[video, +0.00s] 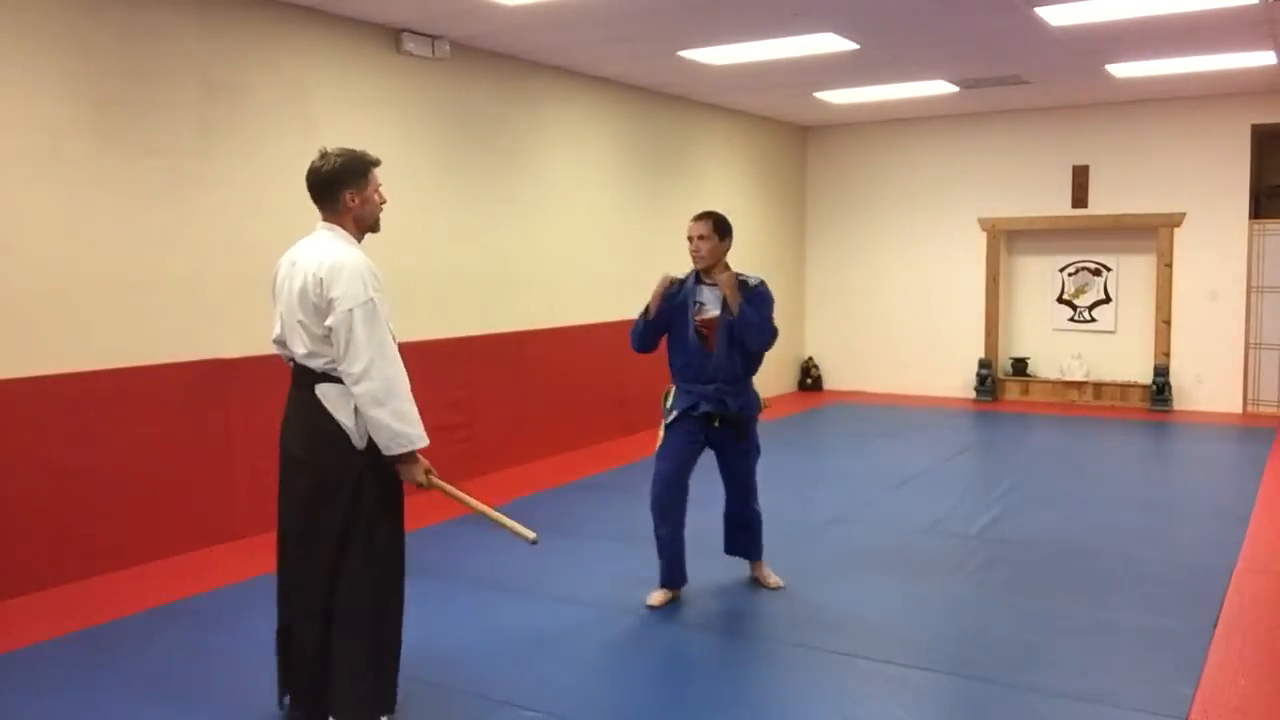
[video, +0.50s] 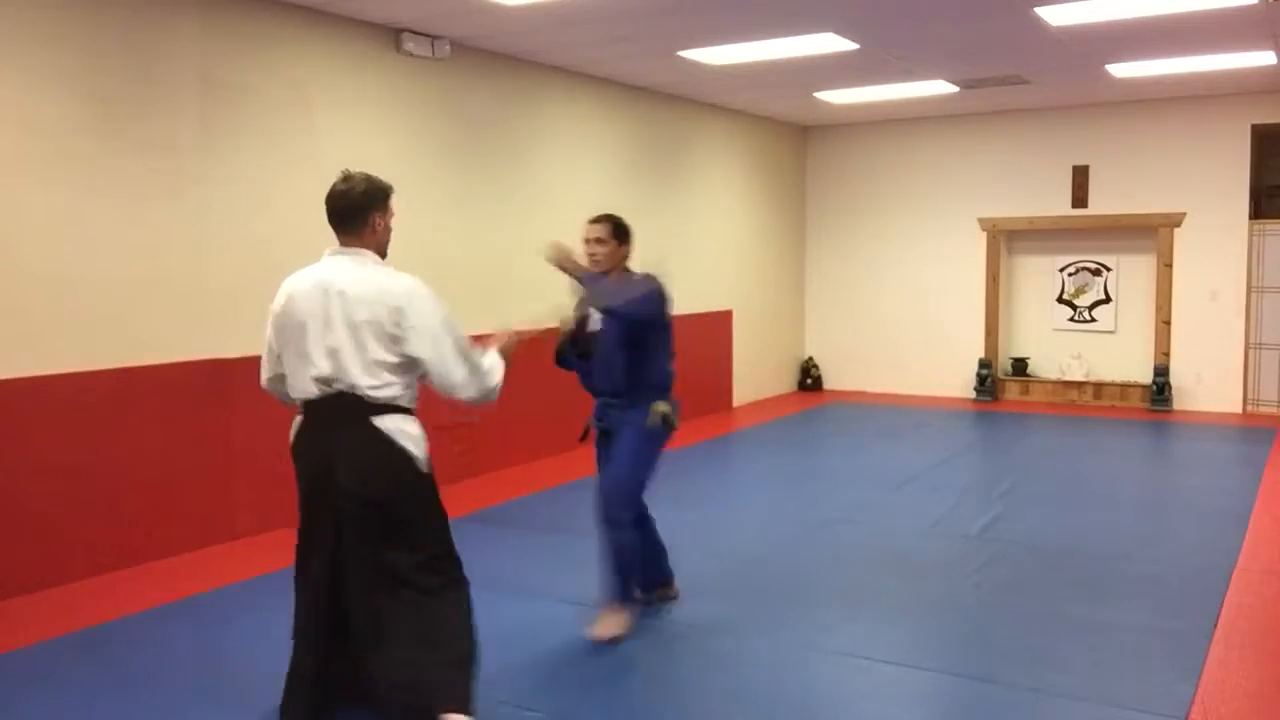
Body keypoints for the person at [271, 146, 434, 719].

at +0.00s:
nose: (384, 198)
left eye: (380, 187)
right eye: (376, 189)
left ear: (334, 200)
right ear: (351, 199)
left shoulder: (297, 256)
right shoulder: (348, 266)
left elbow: (290, 343)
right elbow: (371, 368)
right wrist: (406, 450)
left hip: (303, 418)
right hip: (347, 426)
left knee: (309, 560)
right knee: (363, 565)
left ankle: (305, 696)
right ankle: (358, 703)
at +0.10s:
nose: (385, 198)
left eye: (381, 188)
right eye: (377, 189)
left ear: (334, 200)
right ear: (352, 199)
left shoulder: (299, 256)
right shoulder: (351, 266)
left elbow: (289, 342)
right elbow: (371, 370)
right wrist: (405, 454)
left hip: (303, 418)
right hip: (346, 425)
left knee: (310, 559)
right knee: (364, 563)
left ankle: (307, 697)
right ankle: (360, 702)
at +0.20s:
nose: (387, 202)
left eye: (384, 191)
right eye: (380, 193)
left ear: (335, 203)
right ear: (356, 202)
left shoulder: (298, 259)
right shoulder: (357, 269)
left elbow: (287, 347)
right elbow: (377, 373)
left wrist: (327, 391)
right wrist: (408, 457)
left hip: (302, 419)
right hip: (348, 425)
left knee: (309, 558)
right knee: (368, 560)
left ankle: (307, 695)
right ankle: (364, 698)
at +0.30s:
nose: (390, 210)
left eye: (387, 199)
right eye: (383, 201)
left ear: (340, 211)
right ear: (361, 209)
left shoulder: (296, 266)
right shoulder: (364, 275)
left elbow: (286, 355)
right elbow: (386, 374)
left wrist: (325, 392)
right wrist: (432, 445)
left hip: (301, 422)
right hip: (353, 428)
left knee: (314, 558)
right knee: (404, 554)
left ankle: (309, 697)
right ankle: (377, 695)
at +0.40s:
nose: (389, 223)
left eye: (388, 212)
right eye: (386, 214)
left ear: (333, 220)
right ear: (368, 219)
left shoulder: (294, 280)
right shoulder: (376, 287)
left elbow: (281, 367)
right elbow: (417, 388)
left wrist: (343, 375)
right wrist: (474, 407)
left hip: (304, 430)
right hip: (365, 435)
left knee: (321, 565)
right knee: (424, 561)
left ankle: (313, 703)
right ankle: (401, 701)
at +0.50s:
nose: (393, 226)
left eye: (391, 216)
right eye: (390, 218)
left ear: (334, 225)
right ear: (376, 222)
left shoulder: (293, 290)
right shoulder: (401, 291)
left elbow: (275, 379)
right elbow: (463, 381)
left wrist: (323, 400)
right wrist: (494, 355)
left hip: (317, 445)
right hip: (387, 444)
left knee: (324, 576)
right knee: (431, 574)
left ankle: (315, 706)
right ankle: (449, 704)